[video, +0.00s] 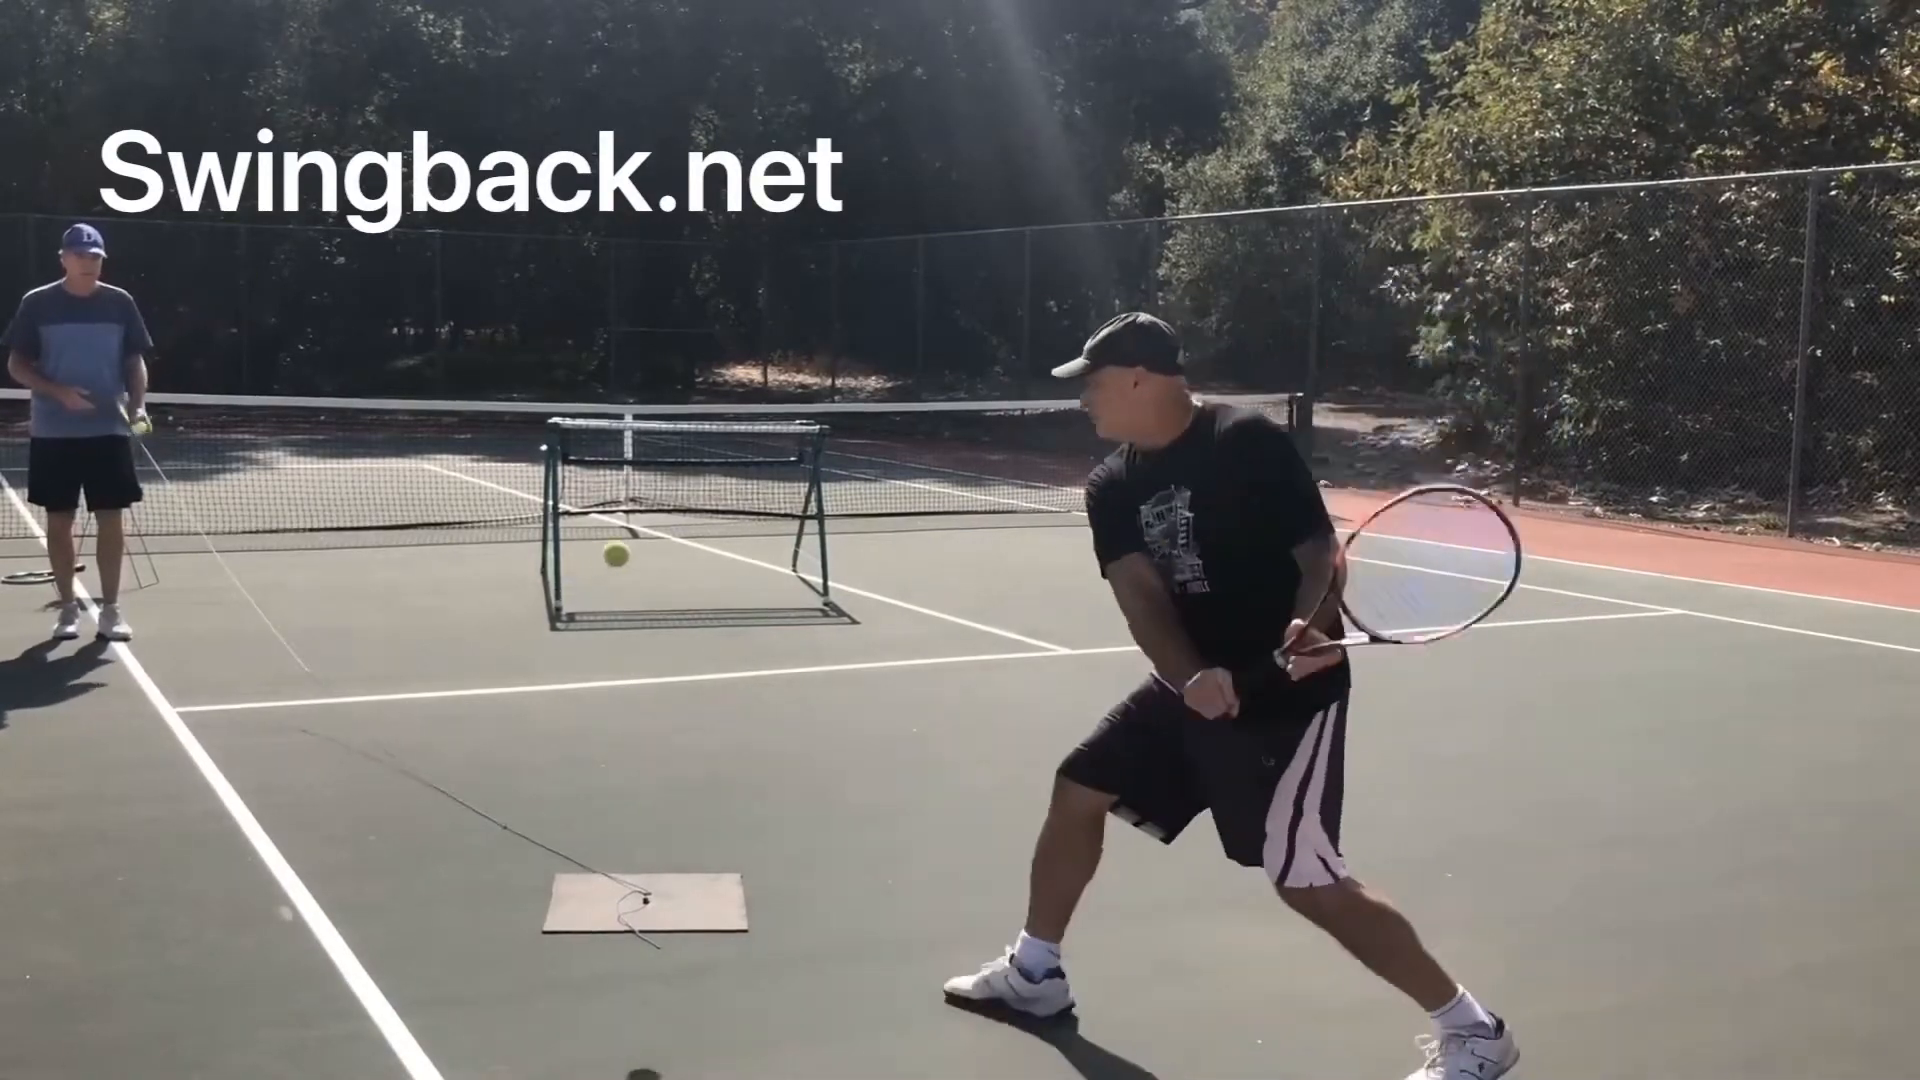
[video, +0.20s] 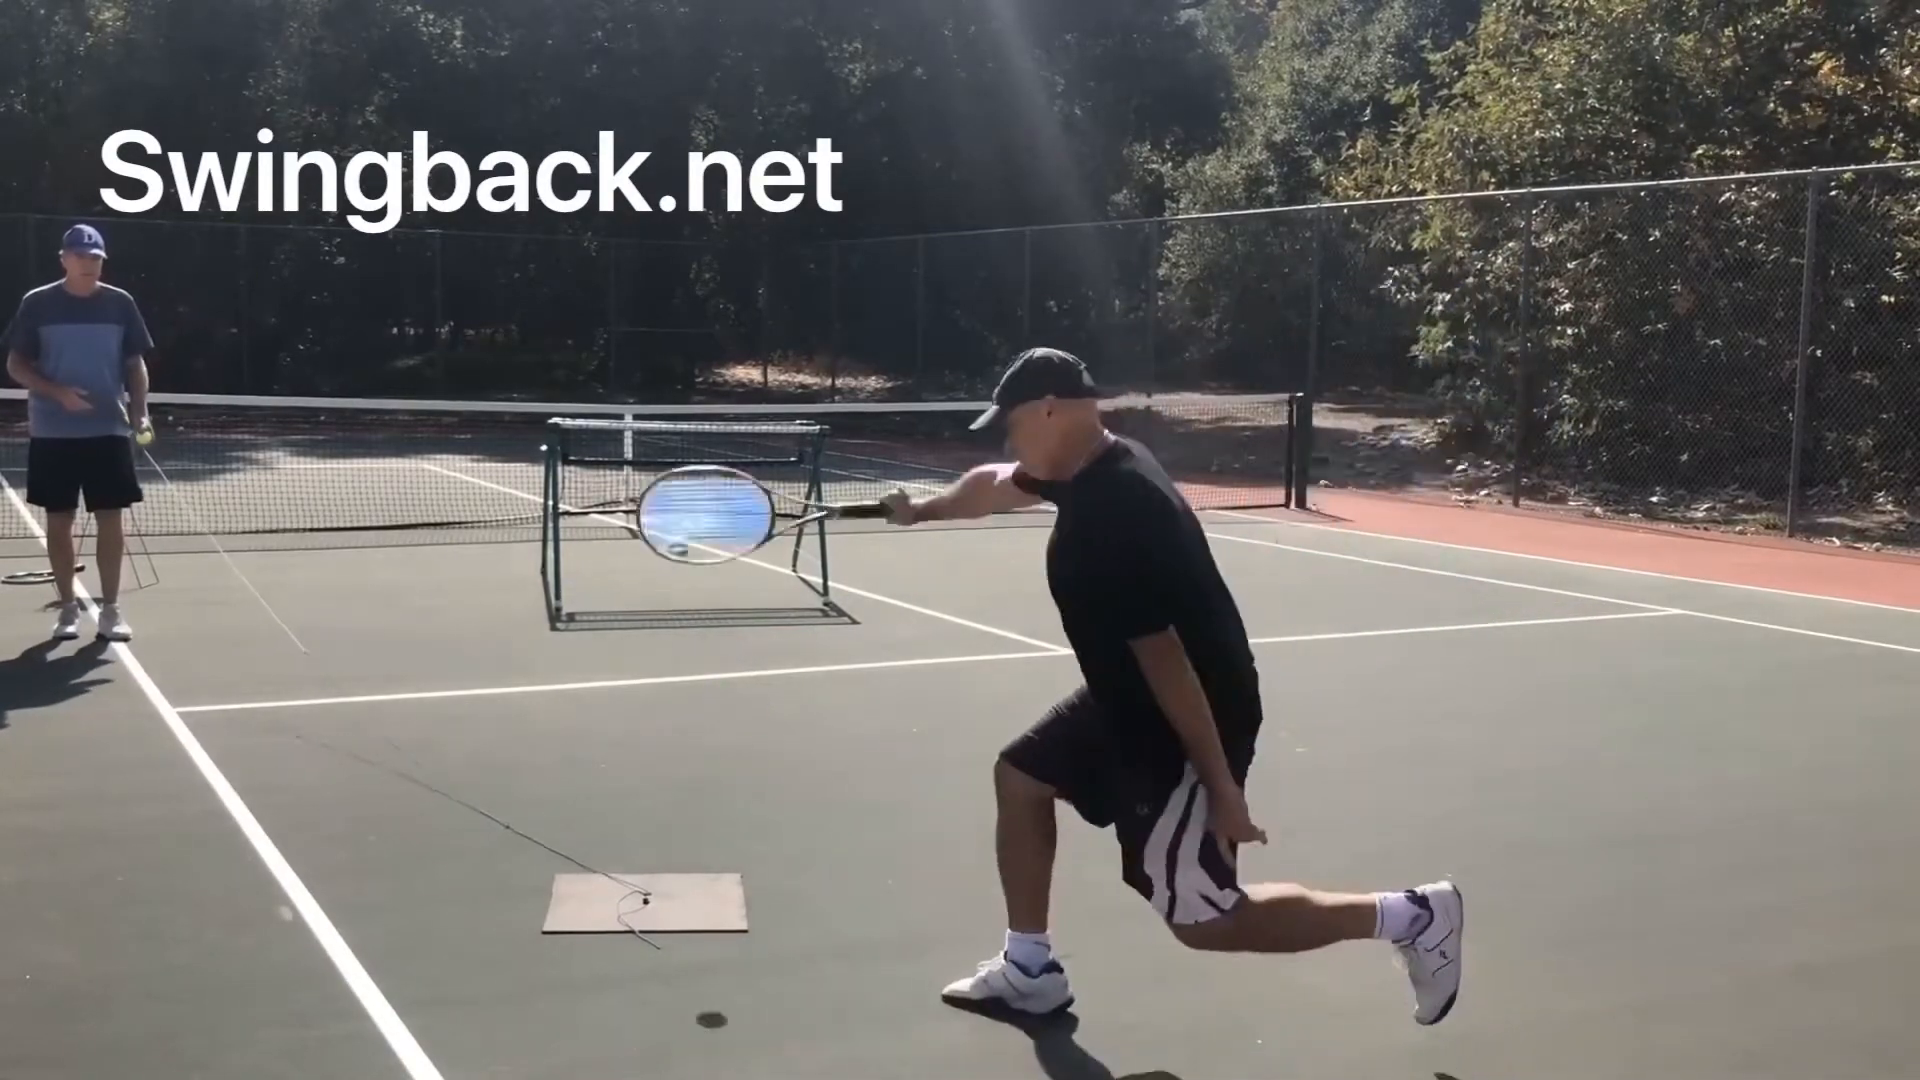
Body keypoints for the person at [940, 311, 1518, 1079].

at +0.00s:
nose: (1084, 402)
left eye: (1095, 385)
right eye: (1084, 387)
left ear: (1147, 379)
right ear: (1131, 385)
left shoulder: (1252, 443)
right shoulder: (1113, 485)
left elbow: (1322, 556)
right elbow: (1138, 595)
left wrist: (1309, 624)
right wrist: (1189, 674)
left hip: (1291, 687)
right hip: (1195, 684)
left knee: (1304, 875)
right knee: (1081, 785)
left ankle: (1471, 1029)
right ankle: (1035, 968)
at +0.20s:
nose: (1010, 440)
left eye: (1015, 424)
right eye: (1009, 426)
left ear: (1053, 414)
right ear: (1059, 409)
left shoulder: (1107, 510)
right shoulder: (1096, 465)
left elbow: (1165, 660)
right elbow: (993, 485)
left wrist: (1222, 787)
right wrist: (922, 507)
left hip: (1189, 725)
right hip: (1132, 697)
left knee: (1203, 917)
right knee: (1023, 772)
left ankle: (1413, 917)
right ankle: (1029, 966)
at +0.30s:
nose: (971, 456)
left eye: (974, 438)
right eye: (967, 441)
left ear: (1012, 424)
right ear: (1028, 417)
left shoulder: (1063, 537)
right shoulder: (1097, 429)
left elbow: (1131, 678)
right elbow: (1102, 343)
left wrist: (1169, 812)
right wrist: (1109, 288)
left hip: (1198, 709)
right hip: (1143, 677)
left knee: (1158, 906)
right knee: (1031, 774)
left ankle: (1367, 909)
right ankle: (1030, 962)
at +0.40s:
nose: (972, 444)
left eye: (973, 425)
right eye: (968, 429)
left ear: (1012, 411)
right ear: (1040, 405)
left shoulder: (1050, 516)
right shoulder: (1126, 415)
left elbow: (1105, 662)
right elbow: (1212, 325)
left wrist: (1141, 801)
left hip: (1193, 693)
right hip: (1188, 663)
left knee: (1122, 881)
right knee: (1049, 779)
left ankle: (1326, 964)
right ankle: (1032, 967)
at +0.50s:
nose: (1009, 409)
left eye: (1011, 393)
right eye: (1008, 394)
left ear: (1044, 388)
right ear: (1084, 379)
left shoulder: (1060, 497)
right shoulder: (1170, 408)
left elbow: (1080, 655)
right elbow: (1297, 325)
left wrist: (1090, 793)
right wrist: (1408, 260)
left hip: (1202, 687)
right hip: (1236, 652)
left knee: (1131, 875)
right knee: (1081, 794)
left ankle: (1271, 1046)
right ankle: (1036, 966)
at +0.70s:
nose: (1104, 353)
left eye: (1109, 337)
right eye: (1107, 336)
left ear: (1135, 340)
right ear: (1185, 336)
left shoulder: (1117, 456)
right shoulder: (1261, 390)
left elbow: (1075, 600)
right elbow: (1407, 359)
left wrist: (999, 709)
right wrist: (1522, 302)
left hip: (1240, 683)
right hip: (1321, 657)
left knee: (1191, 860)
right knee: (1174, 801)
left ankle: (1286, 1066)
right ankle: (1115, 959)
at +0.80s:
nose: (1145, 324)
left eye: (1150, 310)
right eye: (1148, 309)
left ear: (1173, 315)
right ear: (1227, 312)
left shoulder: (1146, 426)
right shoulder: (1300, 374)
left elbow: (1111, 571)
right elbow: (1443, 401)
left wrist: (1041, 660)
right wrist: (1523, 357)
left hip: (1260, 657)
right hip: (1347, 638)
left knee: (1216, 834)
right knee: (1231, 799)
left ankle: (1288, 1060)